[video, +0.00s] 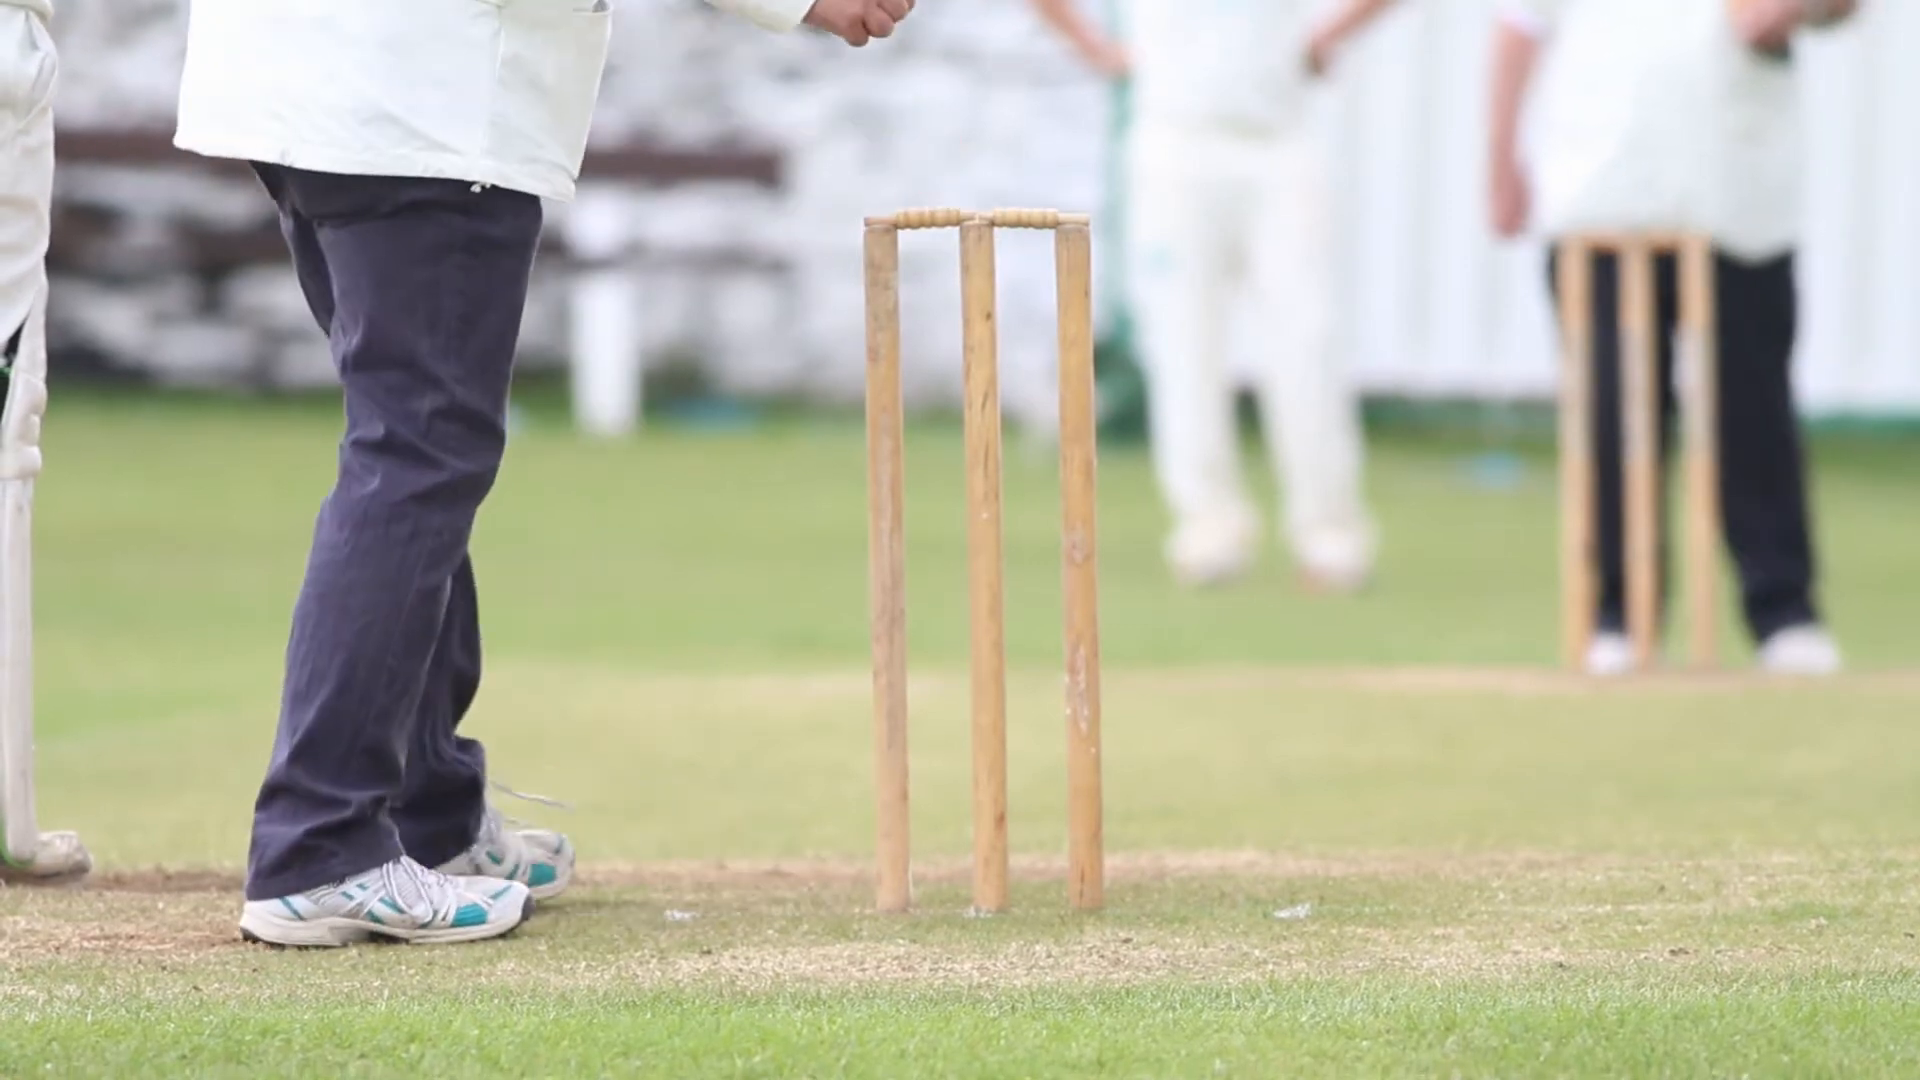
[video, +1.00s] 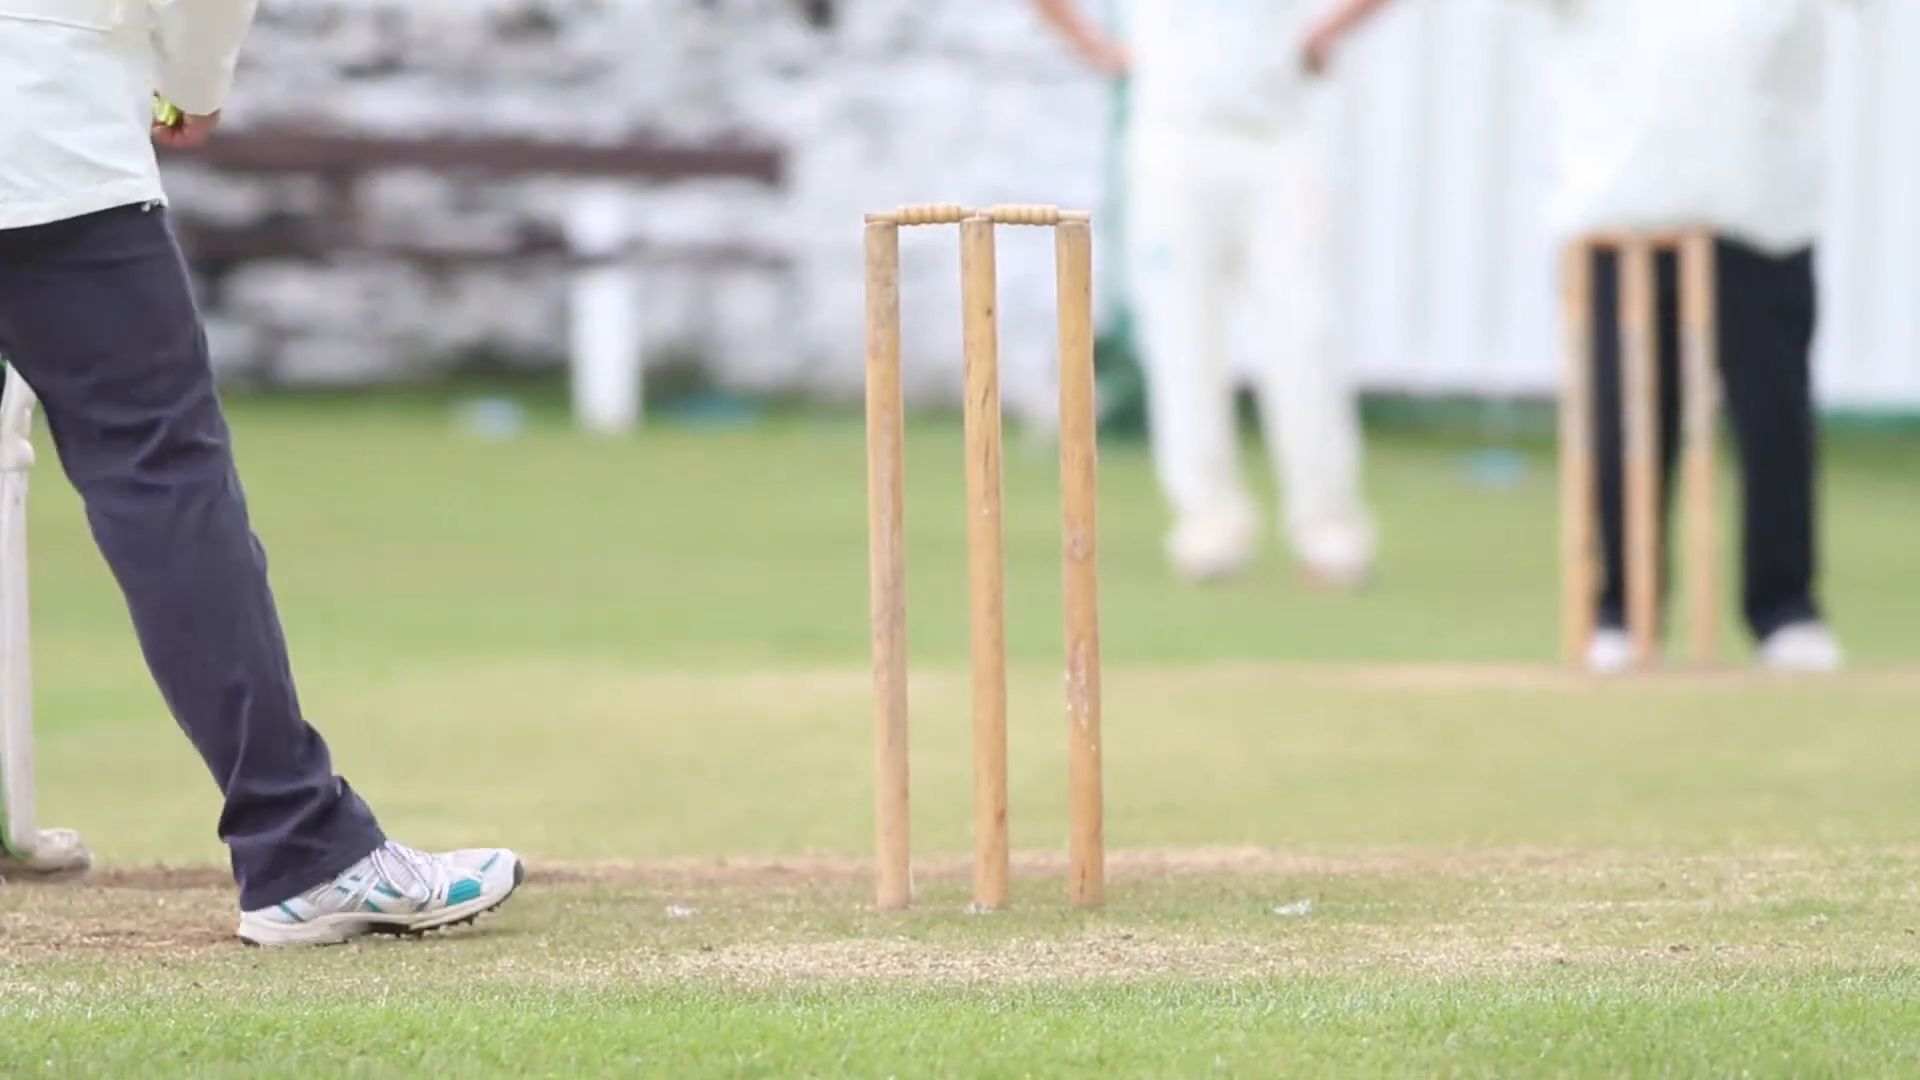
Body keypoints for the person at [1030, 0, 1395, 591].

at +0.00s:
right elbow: (1041, 4)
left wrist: (1324, 40)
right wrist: (1100, 48)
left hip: (1284, 124)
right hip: (1173, 121)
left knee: (1304, 333)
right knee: (1180, 338)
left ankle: (1329, 531)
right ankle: (1210, 527)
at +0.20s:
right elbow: (1040, 4)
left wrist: (1324, 41)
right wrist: (1101, 48)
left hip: (1284, 121)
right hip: (1172, 119)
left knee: (1303, 331)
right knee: (1179, 335)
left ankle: (1328, 529)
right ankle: (1210, 526)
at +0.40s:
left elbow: (1384, 2)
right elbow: (1040, 3)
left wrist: (1323, 39)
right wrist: (1098, 47)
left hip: (1285, 119)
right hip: (1172, 117)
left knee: (1303, 329)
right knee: (1179, 334)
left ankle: (1328, 528)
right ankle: (1210, 525)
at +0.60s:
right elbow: (1042, 3)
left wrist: (1323, 37)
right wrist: (1096, 46)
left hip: (1286, 120)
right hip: (1172, 117)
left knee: (1303, 329)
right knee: (1179, 332)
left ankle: (1329, 529)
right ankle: (1209, 526)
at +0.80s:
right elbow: (1042, 4)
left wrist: (1323, 36)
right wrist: (1096, 46)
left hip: (1286, 120)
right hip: (1172, 117)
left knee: (1303, 329)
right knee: (1179, 332)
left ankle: (1329, 529)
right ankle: (1209, 526)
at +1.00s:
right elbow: (1041, 4)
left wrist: (1323, 35)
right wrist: (1096, 46)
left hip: (1285, 119)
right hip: (1172, 116)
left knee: (1303, 328)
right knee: (1179, 330)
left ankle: (1329, 528)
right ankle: (1209, 523)